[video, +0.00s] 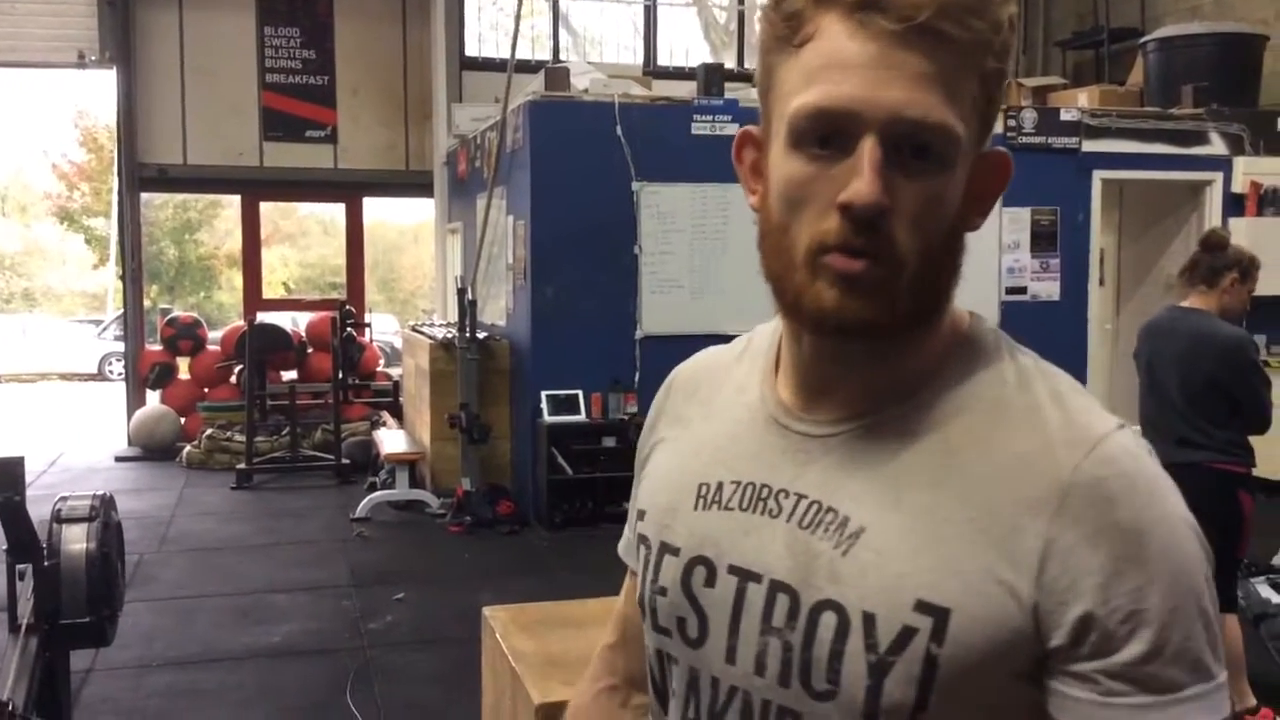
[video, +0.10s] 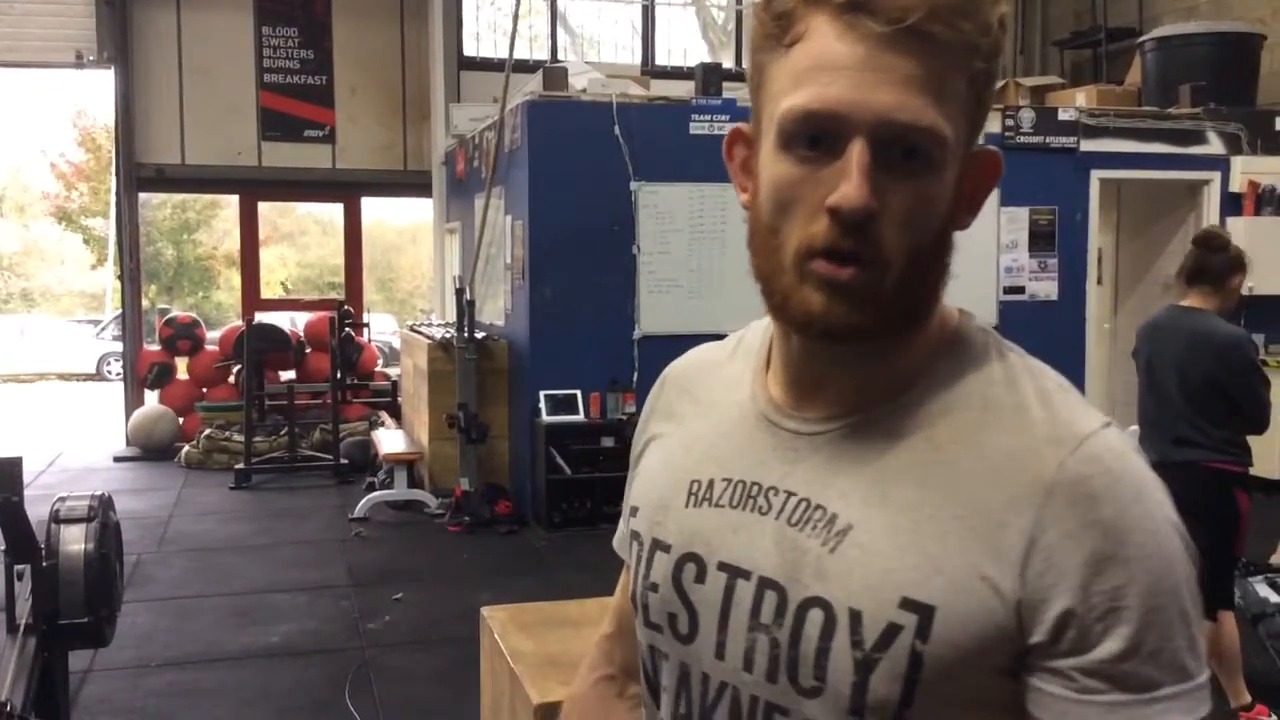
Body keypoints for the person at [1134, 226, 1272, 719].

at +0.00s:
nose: (1248, 303)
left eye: (1250, 292)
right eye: (1248, 291)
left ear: (1197, 277)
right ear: (1228, 283)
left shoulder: (1152, 330)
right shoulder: (1232, 341)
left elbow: (1155, 393)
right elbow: (1259, 417)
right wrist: (1207, 402)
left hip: (1161, 472)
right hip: (1219, 477)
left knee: (1170, 587)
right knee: (1223, 595)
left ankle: (1171, 697)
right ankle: (1240, 701)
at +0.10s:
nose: (1242, 289)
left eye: (1243, 281)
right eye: (1241, 281)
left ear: (1186, 275)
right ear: (1232, 281)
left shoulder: (1151, 330)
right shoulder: (1232, 339)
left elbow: (1154, 394)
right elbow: (1258, 418)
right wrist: (1208, 398)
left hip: (1160, 472)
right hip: (1218, 476)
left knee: (1169, 588)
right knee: (1218, 597)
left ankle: (1169, 698)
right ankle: (1240, 703)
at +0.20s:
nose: (1230, 285)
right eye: (1229, 278)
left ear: (1182, 278)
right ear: (1228, 282)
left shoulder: (1149, 331)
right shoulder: (1239, 339)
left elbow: (1154, 393)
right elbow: (1260, 417)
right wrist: (1210, 398)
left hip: (1157, 474)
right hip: (1217, 478)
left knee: (1211, 594)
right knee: (1196, 602)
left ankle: (1235, 701)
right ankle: (1170, 705)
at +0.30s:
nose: (1170, 279)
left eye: (1173, 272)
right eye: (1172, 272)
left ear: (1182, 277)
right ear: (1227, 280)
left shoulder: (1150, 330)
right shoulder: (1251, 333)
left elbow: (1150, 393)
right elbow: (1266, 412)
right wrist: (1217, 408)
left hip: (1157, 476)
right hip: (1223, 478)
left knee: (1209, 589)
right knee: (1199, 601)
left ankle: (1236, 696)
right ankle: (1179, 710)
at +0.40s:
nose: (1159, 281)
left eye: (1165, 273)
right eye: (1161, 272)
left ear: (1188, 277)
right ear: (1217, 278)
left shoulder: (1149, 330)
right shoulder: (1259, 330)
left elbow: (1152, 388)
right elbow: (1265, 406)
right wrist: (1215, 399)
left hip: (1159, 477)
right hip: (1229, 479)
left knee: (1207, 590)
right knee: (1202, 598)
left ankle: (1236, 693)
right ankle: (1180, 706)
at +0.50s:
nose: (1158, 277)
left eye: (1167, 268)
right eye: (1160, 267)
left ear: (1198, 275)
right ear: (1211, 275)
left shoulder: (1154, 327)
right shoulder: (1263, 325)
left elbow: (1146, 384)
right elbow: (1264, 399)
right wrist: (1218, 397)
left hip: (1166, 474)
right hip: (1236, 475)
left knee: (1205, 590)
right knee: (1208, 594)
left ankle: (1238, 687)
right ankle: (1183, 702)